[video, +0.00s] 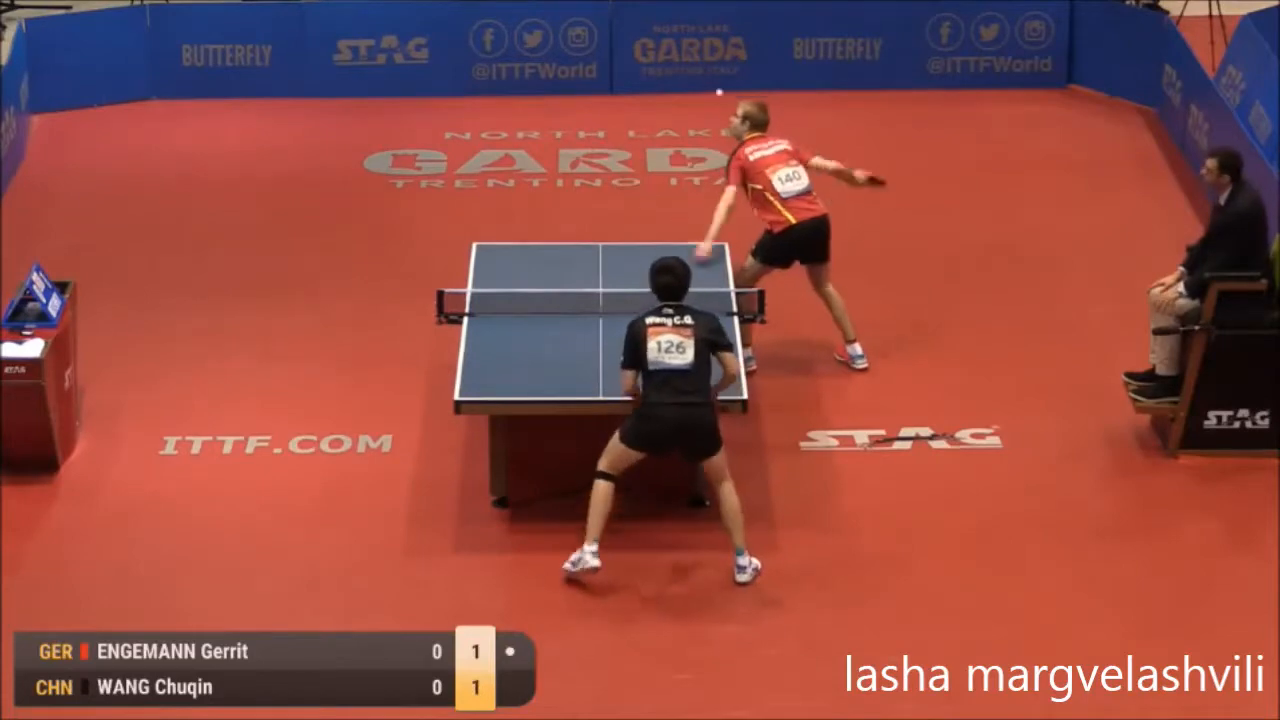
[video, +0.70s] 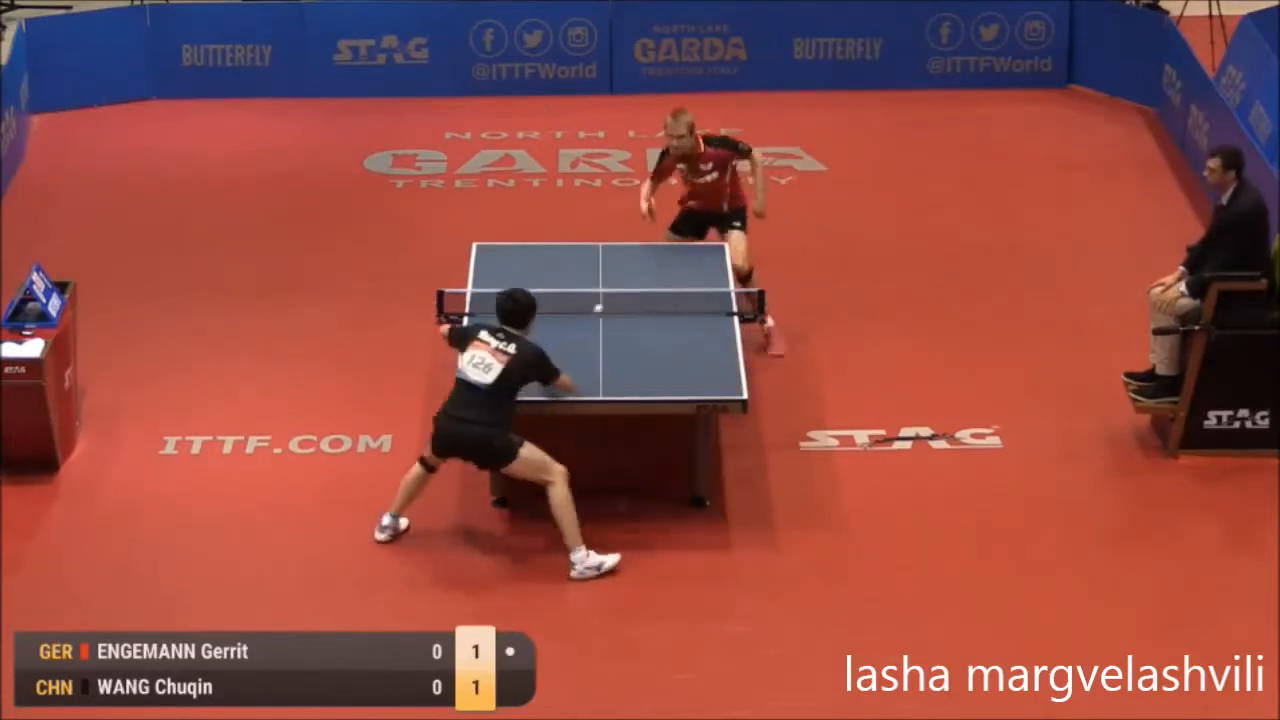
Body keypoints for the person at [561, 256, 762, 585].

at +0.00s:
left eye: (658, 282)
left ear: (653, 287)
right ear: (687, 287)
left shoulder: (639, 325)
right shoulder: (706, 321)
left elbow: (628, 385)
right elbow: (732, 371)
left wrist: (643, 397)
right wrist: (713, 391)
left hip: (653, 417)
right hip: (699, 418)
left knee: (607, 471)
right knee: (722, 482)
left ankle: (589, 550)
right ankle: (742, 559)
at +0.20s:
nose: (630, 302)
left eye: (625, 298)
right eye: (641, 297)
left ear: (619, 306)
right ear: (651, 304)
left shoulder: (606, 344)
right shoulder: (671, 337)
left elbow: (587, 400)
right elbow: (698, 385)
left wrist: (618, 398)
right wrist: (677, 373)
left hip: (624, 436)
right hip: (670, 436)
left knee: (575, 472)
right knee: (711, 485)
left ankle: (545, 545)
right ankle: (741, 561)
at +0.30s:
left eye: (596, 286)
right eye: (614, 286)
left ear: (589, 293)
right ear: (621, 293)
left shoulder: (570, 329)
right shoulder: (635, 333)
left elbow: (540, 375)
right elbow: (657, 380)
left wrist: (565, 366)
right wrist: (640, 360)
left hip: (578, 428)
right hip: (622, 430)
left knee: (540, 466)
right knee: (673, 482)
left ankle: (537, 546)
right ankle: (722, 548)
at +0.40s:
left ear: (572, 285)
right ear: (604, 287)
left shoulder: (551, 317)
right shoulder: (616, 325)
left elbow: (511, 353)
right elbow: (639, 374)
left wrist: (535, 358)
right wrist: (625, 356)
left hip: (552, 416)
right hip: (596, 419)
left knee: (518, 453)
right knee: (649, 467)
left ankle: (519, 530)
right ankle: (656, 552)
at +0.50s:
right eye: (572, 287)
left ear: (545, 289)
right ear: (576, 291)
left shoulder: (525, 317)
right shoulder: (588, 329)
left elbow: (480, 335)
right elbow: (616, 376)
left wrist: (501, 349)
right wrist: (602, 368)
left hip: (515, 413)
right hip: (559, 420)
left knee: (483, 454)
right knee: (610, 474)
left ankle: (450, 520)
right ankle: (588, 556)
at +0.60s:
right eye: (555, 297)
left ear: (525, 299)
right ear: (556, 302)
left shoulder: (504, 323)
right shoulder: (564, 339)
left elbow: (465, 334)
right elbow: (597, 381)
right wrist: (594, 370)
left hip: (490, 423)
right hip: (532, 429)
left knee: (454, 463)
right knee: (592, 474)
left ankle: (408, 510)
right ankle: (586, 557)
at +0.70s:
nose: (531, 319)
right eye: (532, 316)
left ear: (500, 313)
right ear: (529, 321)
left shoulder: (476, 331)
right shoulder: (530, 354)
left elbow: (448, 335)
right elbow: (565, 386)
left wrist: (447, 329)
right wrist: (558, 379)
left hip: (447, 429)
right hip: (488, 438)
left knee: (425, 465)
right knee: (556, 474)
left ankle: (388, 521)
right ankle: (580, 557)